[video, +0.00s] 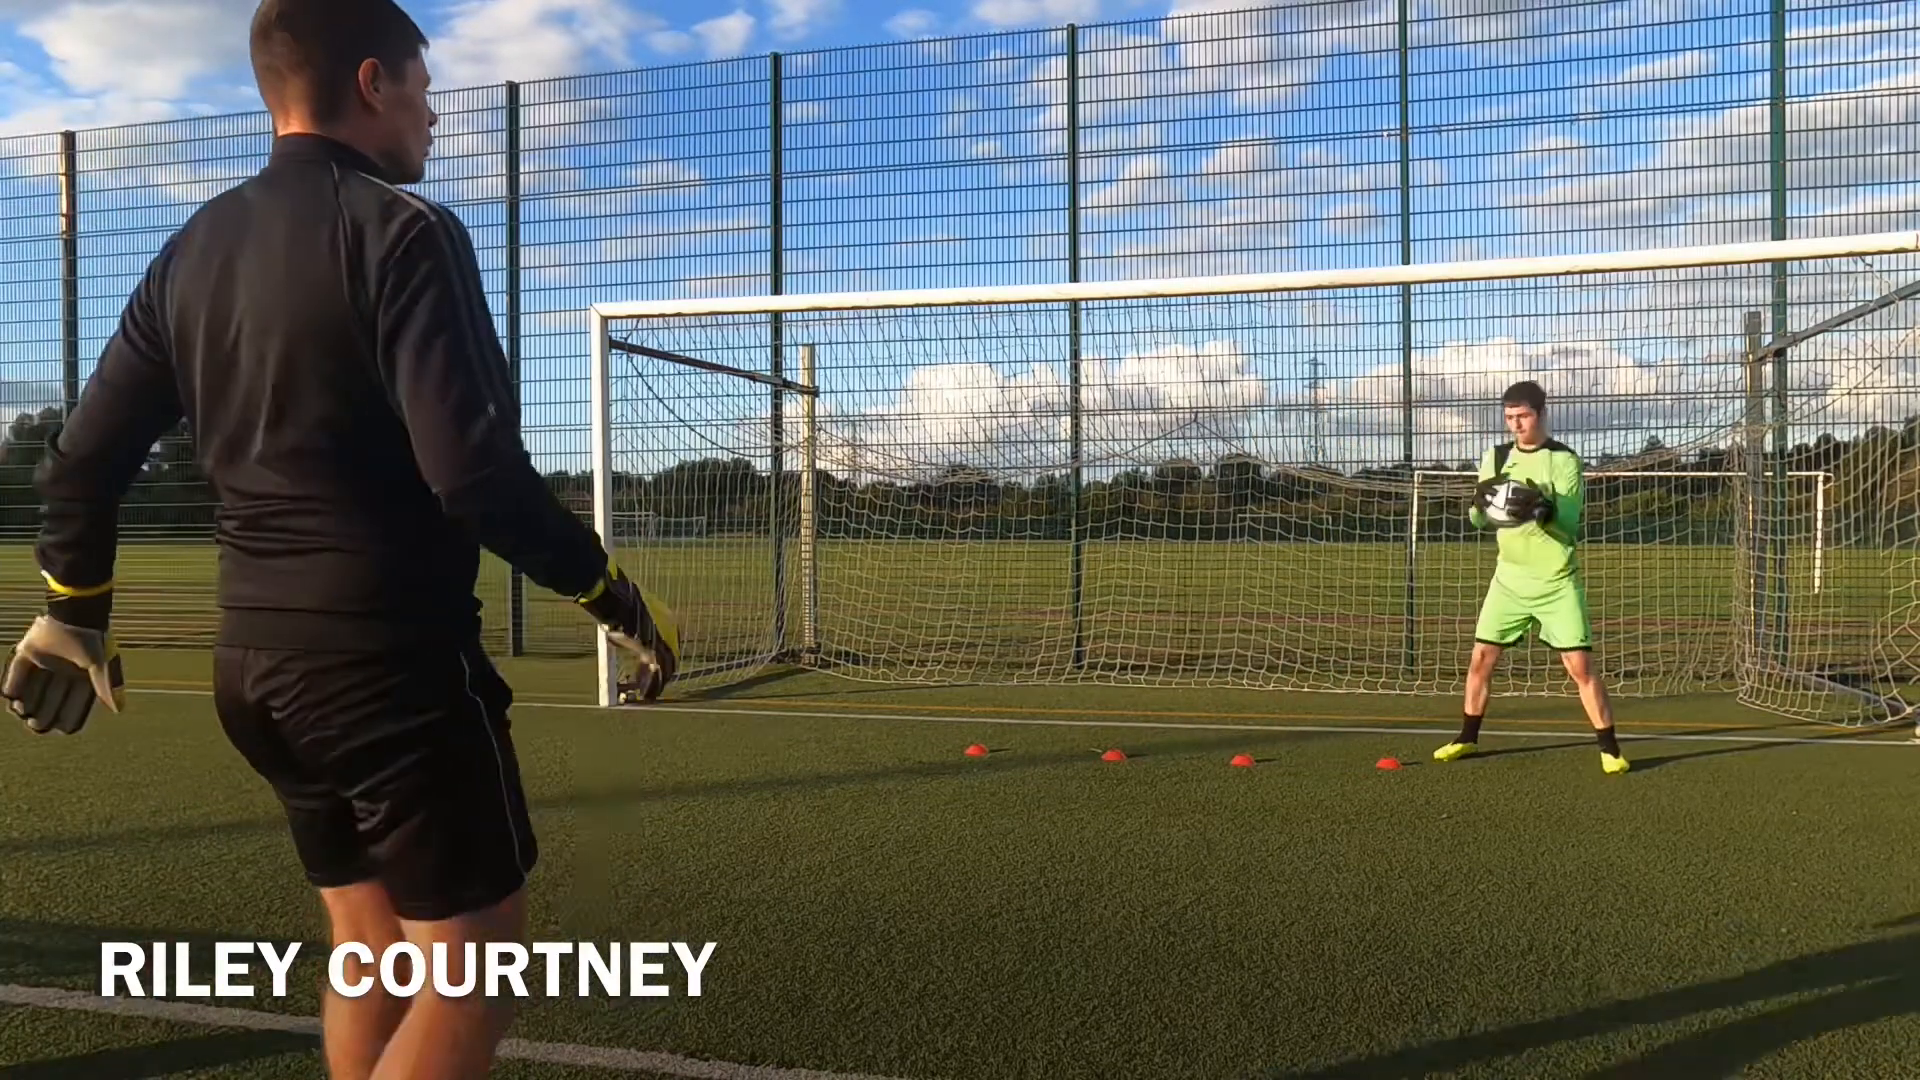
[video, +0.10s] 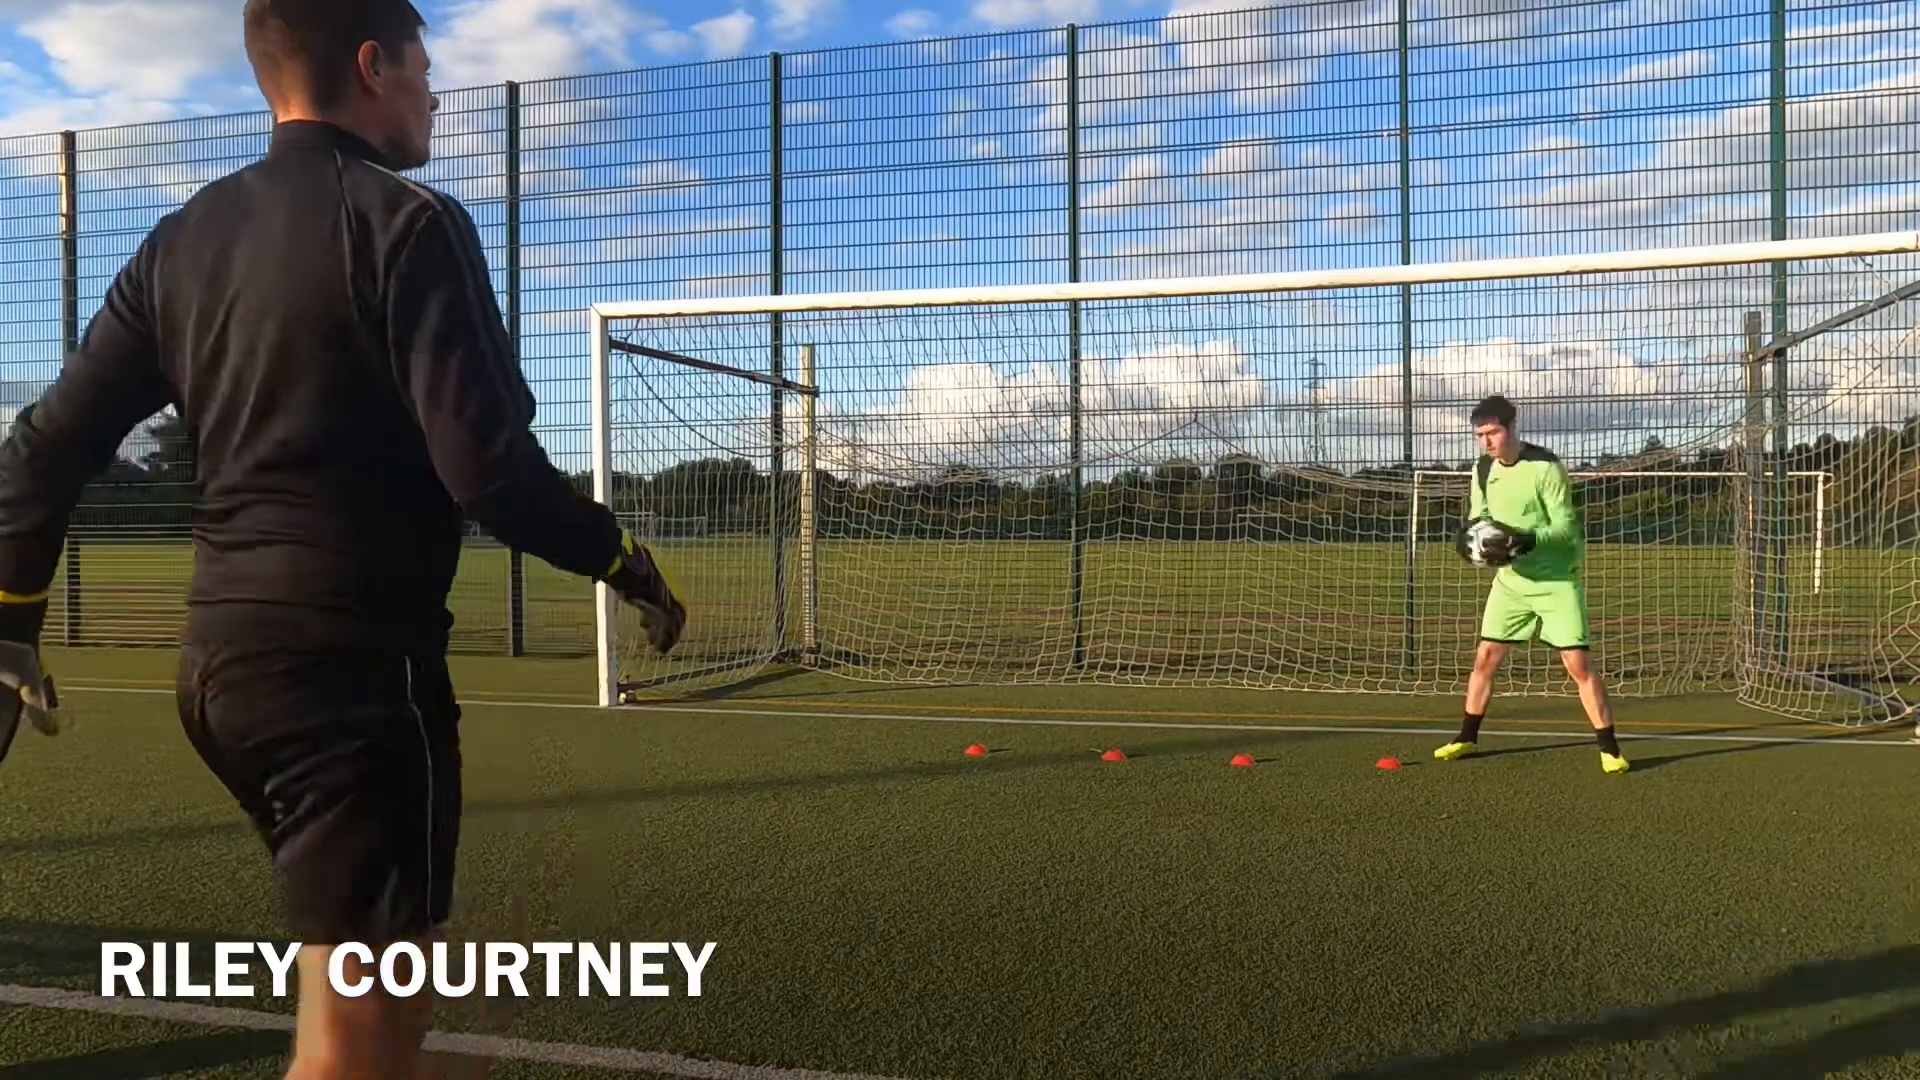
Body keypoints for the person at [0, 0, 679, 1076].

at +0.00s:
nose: (432, 119)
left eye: (433, 94)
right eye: (425, 93)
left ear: (279, 98)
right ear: (371, 86)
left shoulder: (195, 246)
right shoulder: (401, 232)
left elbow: (84, 457)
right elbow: (474, 471)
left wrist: (72, 611)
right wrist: (603, 583)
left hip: (255, 659)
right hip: (390, 658)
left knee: (364, 950)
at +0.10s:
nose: (436, 92)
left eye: (431, 65)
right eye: (424, 63)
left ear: (277, 84)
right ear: (373, 66)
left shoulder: (187, 234)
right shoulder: (406, 220)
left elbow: (52, 435)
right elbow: (489, 469)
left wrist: (12, 618)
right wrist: (619, 555)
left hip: (221, 663)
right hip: (353, 664)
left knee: (370, 998)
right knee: (347, 1033)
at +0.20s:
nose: (440, 84)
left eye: (434, 54)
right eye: (428, 52)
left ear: (274, 69)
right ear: (375, 52)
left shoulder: (163, 217)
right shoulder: (390, 205)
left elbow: (43, 424)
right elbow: (469, 468)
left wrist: (10, 623)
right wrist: (591, 543)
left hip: (188, 659)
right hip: (322, 664)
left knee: (311, 992)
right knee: (331, 1017)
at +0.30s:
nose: (431, 73)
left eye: (426, 41)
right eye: (421, 38)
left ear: (259, 49)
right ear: (371, 32)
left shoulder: (133, 203)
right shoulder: (380, 186)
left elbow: (31, 422)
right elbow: (417, 461)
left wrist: (22, 630)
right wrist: (529, 560)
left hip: (144, 662)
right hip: (297, 664)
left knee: (279, 997)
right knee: (301, 1015)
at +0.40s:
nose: (414, 57)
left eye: (412, 28)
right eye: (405, 23)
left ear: (248, 30)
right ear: (353, 18)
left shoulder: (109, 180)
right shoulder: (374, 176)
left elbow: (20, 409)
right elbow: (363, 450)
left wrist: (29, 622)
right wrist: (470, 594)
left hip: (107, 647)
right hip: (270, 651)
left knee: (238, 986)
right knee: (273, 1005)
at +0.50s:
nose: (397, 48)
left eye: (397, 20)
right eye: (390, 15)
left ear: (229, 19)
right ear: (340, 11)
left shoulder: (81, 166)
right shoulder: (352, 167)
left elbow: (4, 410)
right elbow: (318, 449)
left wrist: (61, 561)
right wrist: (413, 601)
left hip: (62, 633)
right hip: (234, 642)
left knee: (167, 979)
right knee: (252, 1009)